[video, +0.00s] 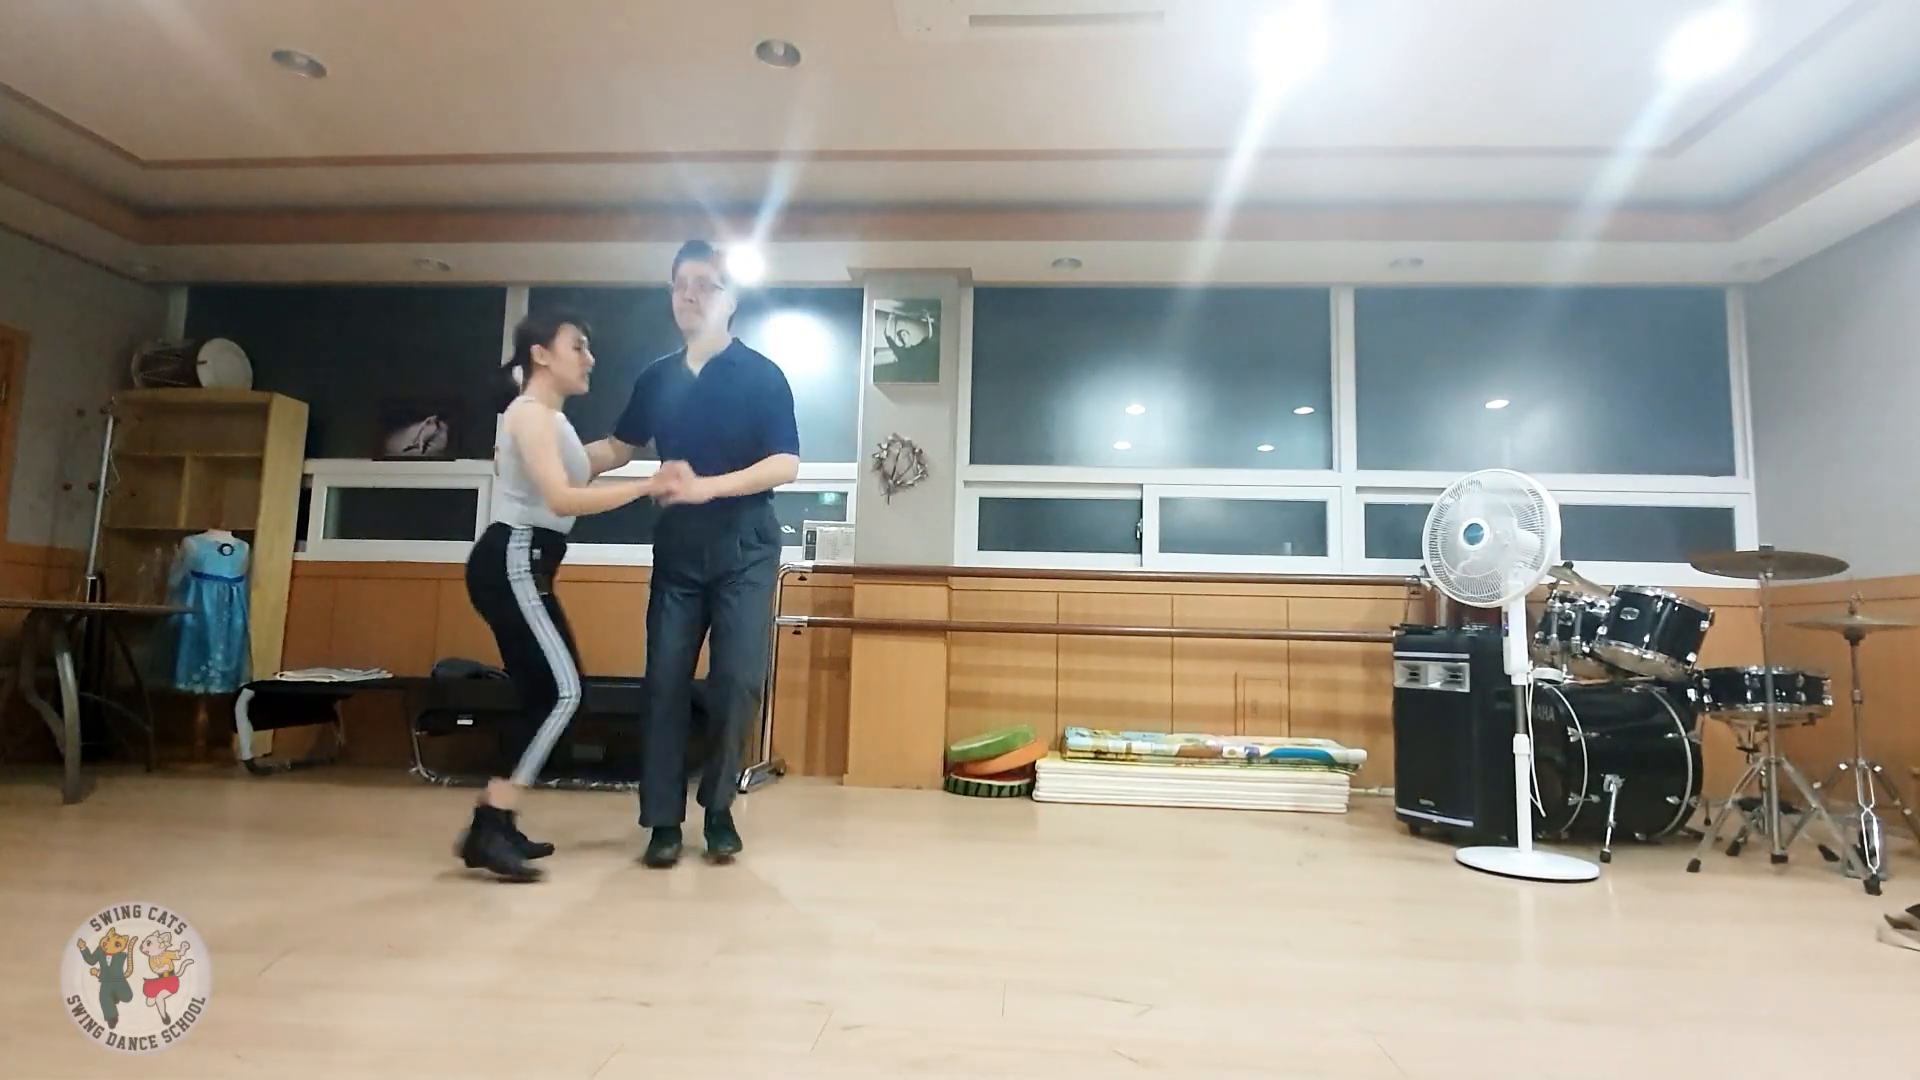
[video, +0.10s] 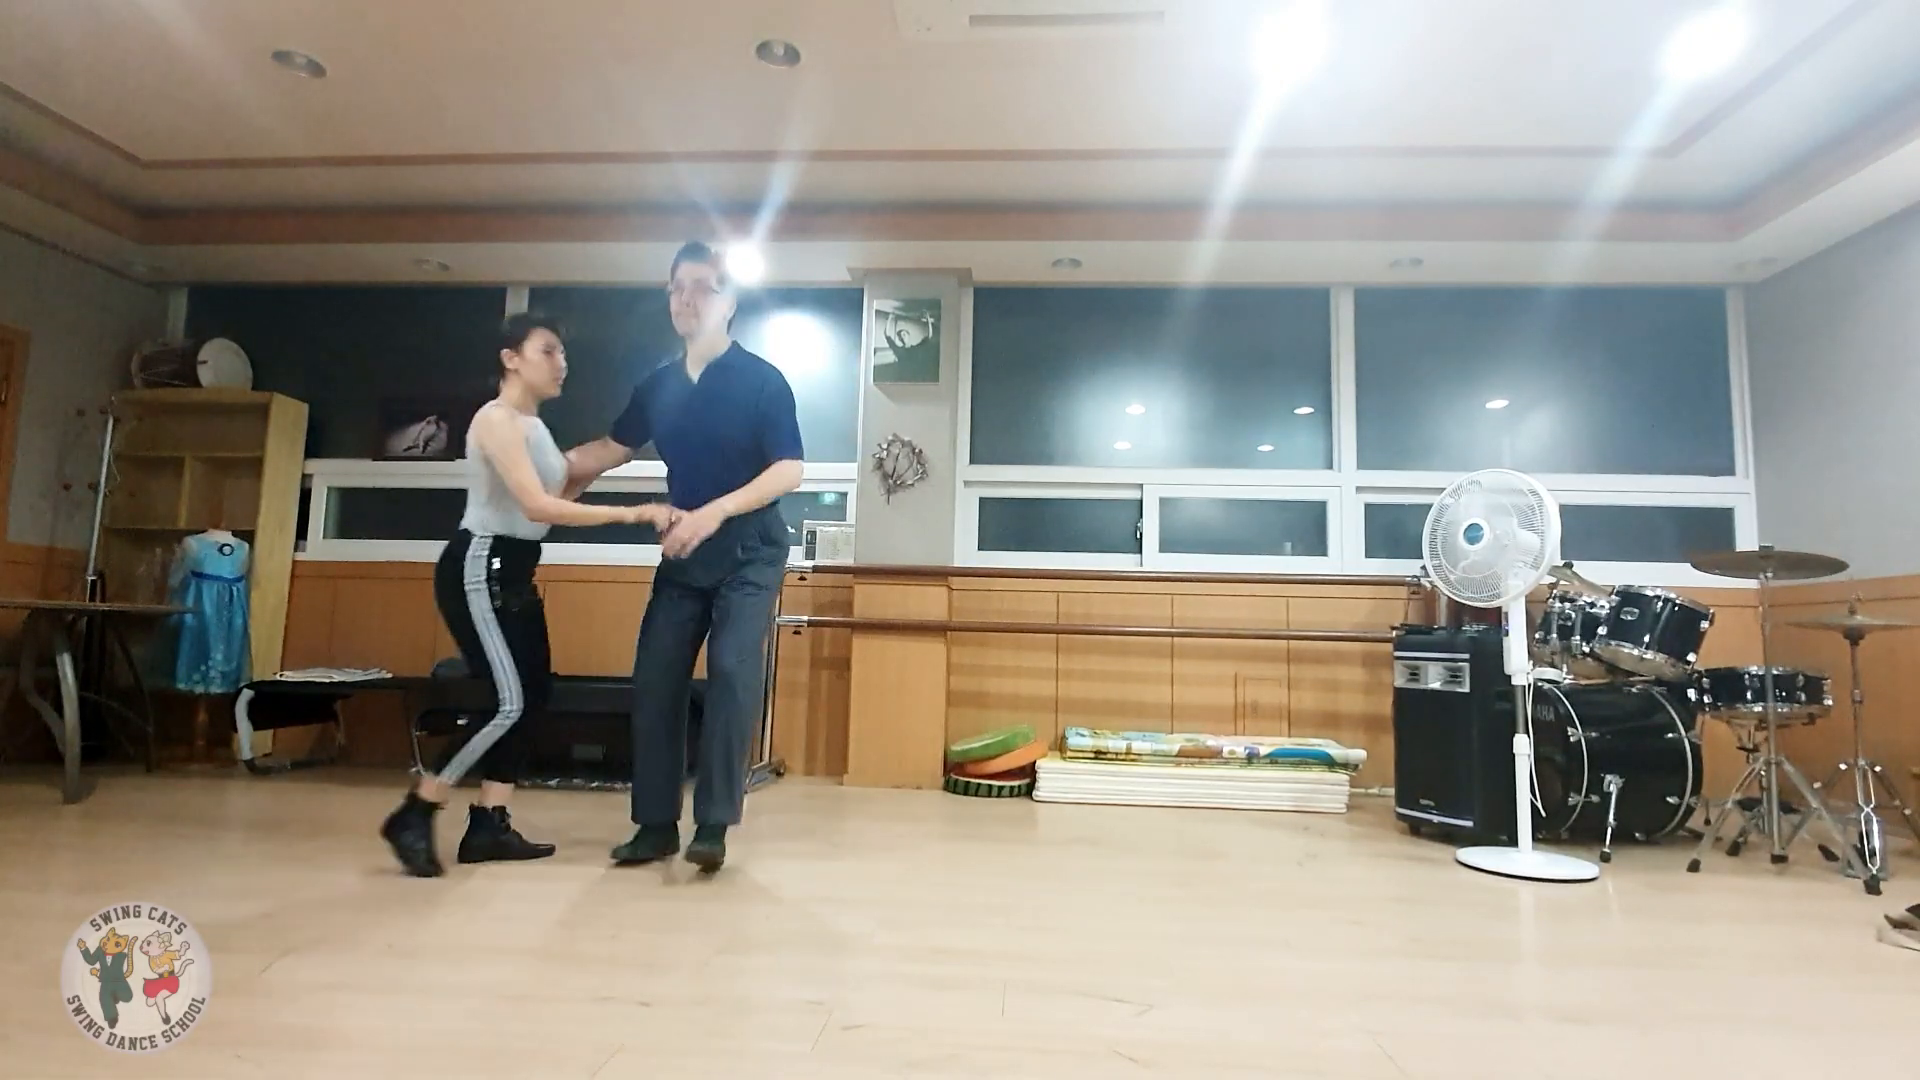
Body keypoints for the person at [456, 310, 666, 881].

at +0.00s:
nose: (590, 358)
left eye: (588, 348)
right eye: (578, 348)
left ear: (552, 359)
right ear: (541, 356)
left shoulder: (549, 416)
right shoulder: (530, 415)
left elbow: (581, 473)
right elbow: (562, 498)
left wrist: (652, 472)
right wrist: (644, 489)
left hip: (523, 562)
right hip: (510, 563)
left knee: (546, 693)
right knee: (564, 692)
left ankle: (497, 820)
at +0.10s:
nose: (562, 363)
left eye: (561, 353)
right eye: (548, 352)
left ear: (536, 364)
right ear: (511, 359)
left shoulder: (532, 426)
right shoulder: (497, 421)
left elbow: (562, 491)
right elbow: (539, 508)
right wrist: (632, 515)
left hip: (513, 571)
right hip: (478, 568)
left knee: (533, 693)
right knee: (512, 701)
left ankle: (489, 826)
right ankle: (413, 815)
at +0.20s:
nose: (532, 367)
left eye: (536, 359)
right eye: (518, 356)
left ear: (536, 372)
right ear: (483, 364)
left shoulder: (514, 432)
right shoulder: (463, 427)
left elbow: (534, 501)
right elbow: (502, 515)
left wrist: (596, 468)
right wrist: (593, 531)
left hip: (490, 575)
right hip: (444, 572)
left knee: (519, 688)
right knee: (452, 709)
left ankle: (488, 827)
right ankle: (374, 823)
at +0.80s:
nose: (570, 364)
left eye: (571, 356)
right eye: (553, 356)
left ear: (574, 373)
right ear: (520, 374)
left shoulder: (564, 435)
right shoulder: (506, 434)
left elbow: (579, 502)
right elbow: (545, 523)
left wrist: (646, 466)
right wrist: (635, 538)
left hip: (516, 579)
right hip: (468, 571)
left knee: (551, 693)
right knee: (447, 710)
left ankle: (555, 836)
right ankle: (372, 822)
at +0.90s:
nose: (613, 353)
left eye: (612, 344)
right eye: (598, 343)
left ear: (608, 359)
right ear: (563, 357)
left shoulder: (599, 429)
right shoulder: (550, 419)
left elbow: (615, 486)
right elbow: (600, 503)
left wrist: (659, 456)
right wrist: (685, 528)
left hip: (564, 566)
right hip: (523, 558)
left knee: (579, 694)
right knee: (529, 704)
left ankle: (557, 836)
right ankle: (431, 788)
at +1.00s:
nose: (658, 343)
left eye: (657, 335)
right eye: (643, 332)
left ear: (648, 351)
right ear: (609, 345)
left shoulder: (633, 415)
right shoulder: (596, 408)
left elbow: (663, 476)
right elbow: (651, 494)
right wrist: (723, 523)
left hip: (601, 560)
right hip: (571, 554)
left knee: (604, 691)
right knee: (609, 689)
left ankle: (563, 829)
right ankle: (525, 806)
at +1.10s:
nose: (705, 346)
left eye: (701, 336)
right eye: (693, 336)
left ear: (671, 350)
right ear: (658, 347)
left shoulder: (672, 415)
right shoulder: (649, 409)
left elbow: (687, 494)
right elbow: (695, 496)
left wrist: (745, 519)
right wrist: (758, 534)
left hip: (634, 559)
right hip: (617, 558)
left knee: (615, 697)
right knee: (676, 686)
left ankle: (559, 834)